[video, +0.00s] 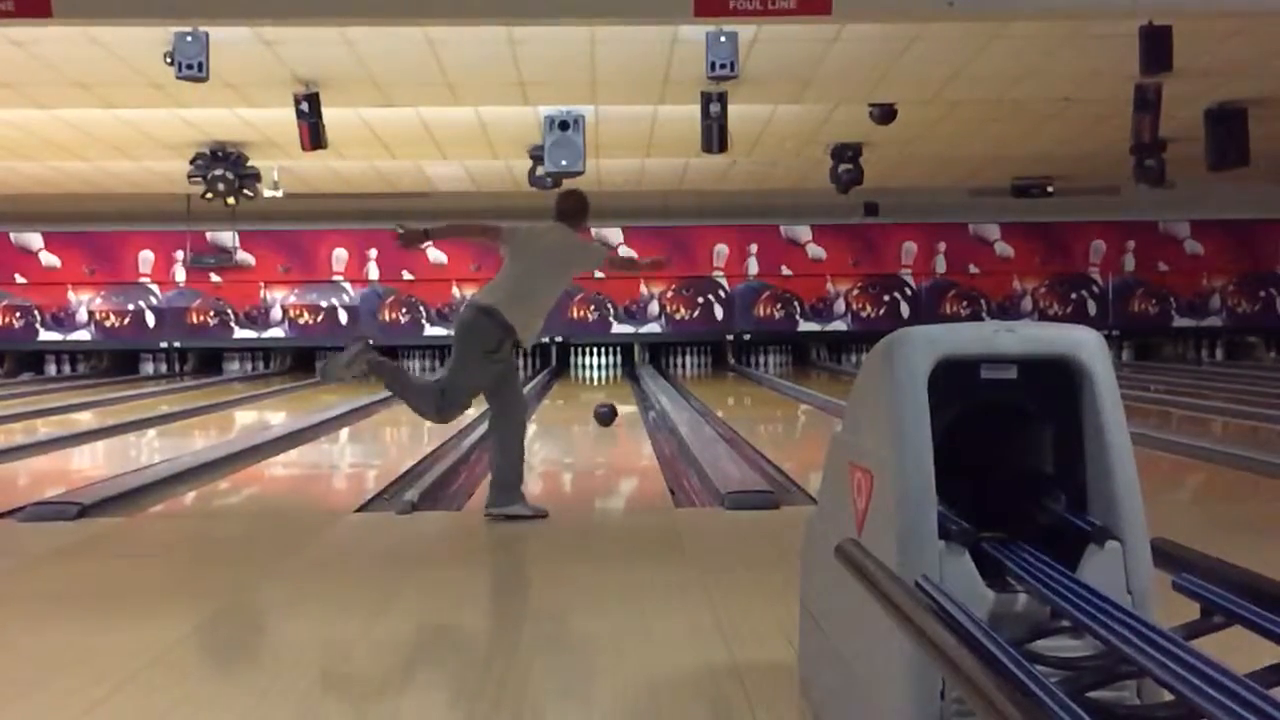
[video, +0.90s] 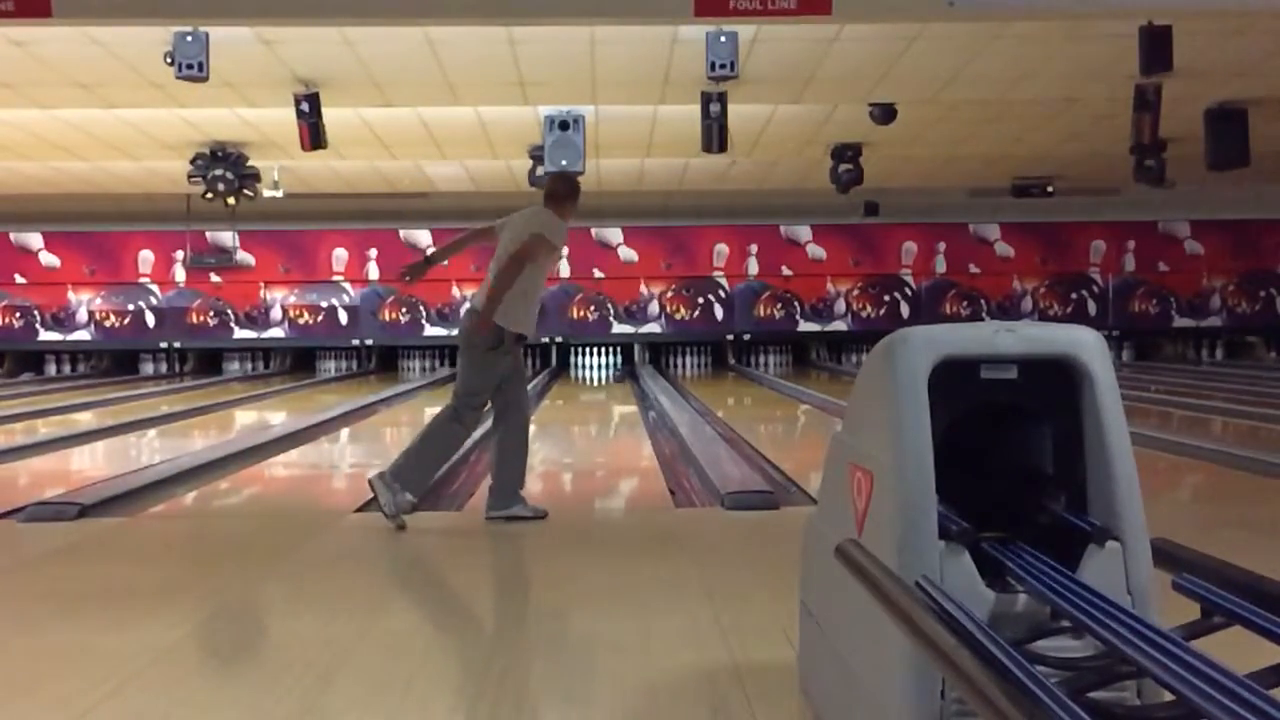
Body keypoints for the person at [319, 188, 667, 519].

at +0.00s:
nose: (587, 229)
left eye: (582, 222)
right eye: (587, 224)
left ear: (555, 214)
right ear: (584, 222)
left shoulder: (526, 232)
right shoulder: (577, 246)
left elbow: (477, 230)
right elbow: (620, 263)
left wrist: (426, 235)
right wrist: (650, 264)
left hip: (486, 330)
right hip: (489, 329)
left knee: (511, 415)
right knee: (442, 405)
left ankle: (505, 500)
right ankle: (374, 364)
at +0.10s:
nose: (583, 226)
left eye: (578, 218)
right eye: (584, 220)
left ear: (553, 211)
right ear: (581, 220)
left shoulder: (524, 231)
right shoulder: (573, 248)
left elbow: (475, 230)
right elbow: (617, 281)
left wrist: (422, 238)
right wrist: (645, 292)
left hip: (499, 343)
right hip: (483, 331)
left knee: (513, 417)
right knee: (449, 413)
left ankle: (505, 501)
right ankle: (361, 395)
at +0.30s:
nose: (584, 220)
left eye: (578, 211)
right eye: (584, 214)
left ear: (553, 208)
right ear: (581, 215)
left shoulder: (524, 228)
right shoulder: (576, 251)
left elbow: (468, 232)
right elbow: (606, 300)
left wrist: (417, 248)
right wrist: (631, 336)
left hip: (498, 341)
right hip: (484, 335)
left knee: (514, 415)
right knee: (456, 417)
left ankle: (504, 500)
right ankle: (368, 443)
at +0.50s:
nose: (580, 217)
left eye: (572, 209)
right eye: (581, 211)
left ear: (550, 205)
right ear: (579, 212)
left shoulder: (523, 226)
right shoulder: (574, 252)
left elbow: (465, 234)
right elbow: (585, 313)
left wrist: (416, 249)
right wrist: (595, 354)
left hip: (500, 341)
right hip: (487, 335)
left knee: (513, 418)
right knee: (459, 414)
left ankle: (505, 500)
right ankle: (379, 463)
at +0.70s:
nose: (576, 213)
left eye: (574, 205)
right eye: (578, 207)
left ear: (548, 199)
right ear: (576, 207)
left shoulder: (523, 220)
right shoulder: (559, 239)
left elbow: (472, 235)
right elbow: (545, 299)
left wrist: (426, 254)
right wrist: (544, 361)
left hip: (498, 336)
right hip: (489, 332)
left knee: (518, 416)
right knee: (461, 415)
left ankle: (505, 500)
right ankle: (393, 484)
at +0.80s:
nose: (574, 210)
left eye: (571, 201)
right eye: (576, 204)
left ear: (547, 196)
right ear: (575, 204)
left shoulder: (521, 219)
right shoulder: (555, 236)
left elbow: (472, 235)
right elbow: (529, 280)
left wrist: (428, 258)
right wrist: (515, 333)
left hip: (487, 327)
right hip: (491, 332)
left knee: (517, 414)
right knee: (461, 414)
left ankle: (506, 501)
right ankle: (393, 483)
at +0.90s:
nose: (573, 207)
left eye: (570, 199)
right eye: (575, 200)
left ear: (545, 195)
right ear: (574, 201)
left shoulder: (522, 218)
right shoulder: (551, 229)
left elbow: (473, 236)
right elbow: (517, 260)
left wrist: (428, 261)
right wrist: (487, 314)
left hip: (499, 333)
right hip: (492, 331)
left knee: (514, 415)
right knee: (463, 414)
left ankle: (505, 501)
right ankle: (394, 482)